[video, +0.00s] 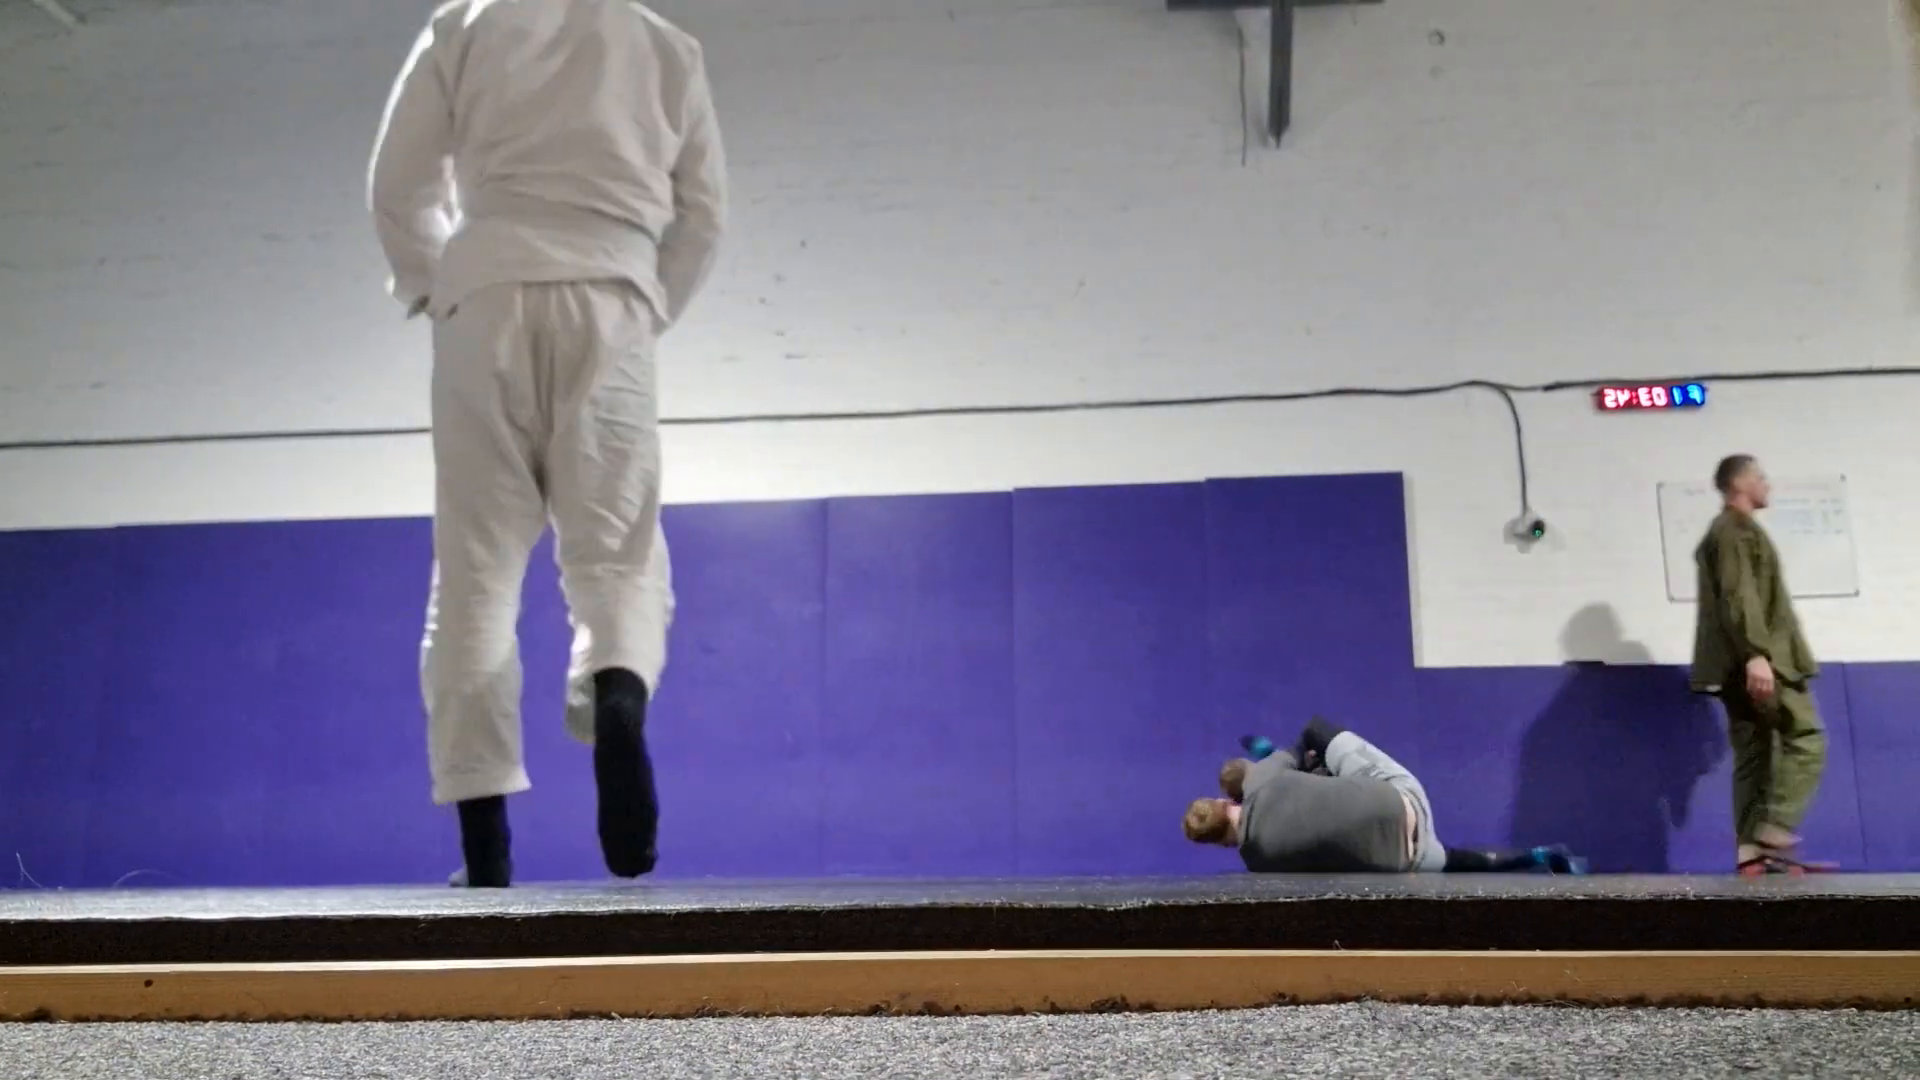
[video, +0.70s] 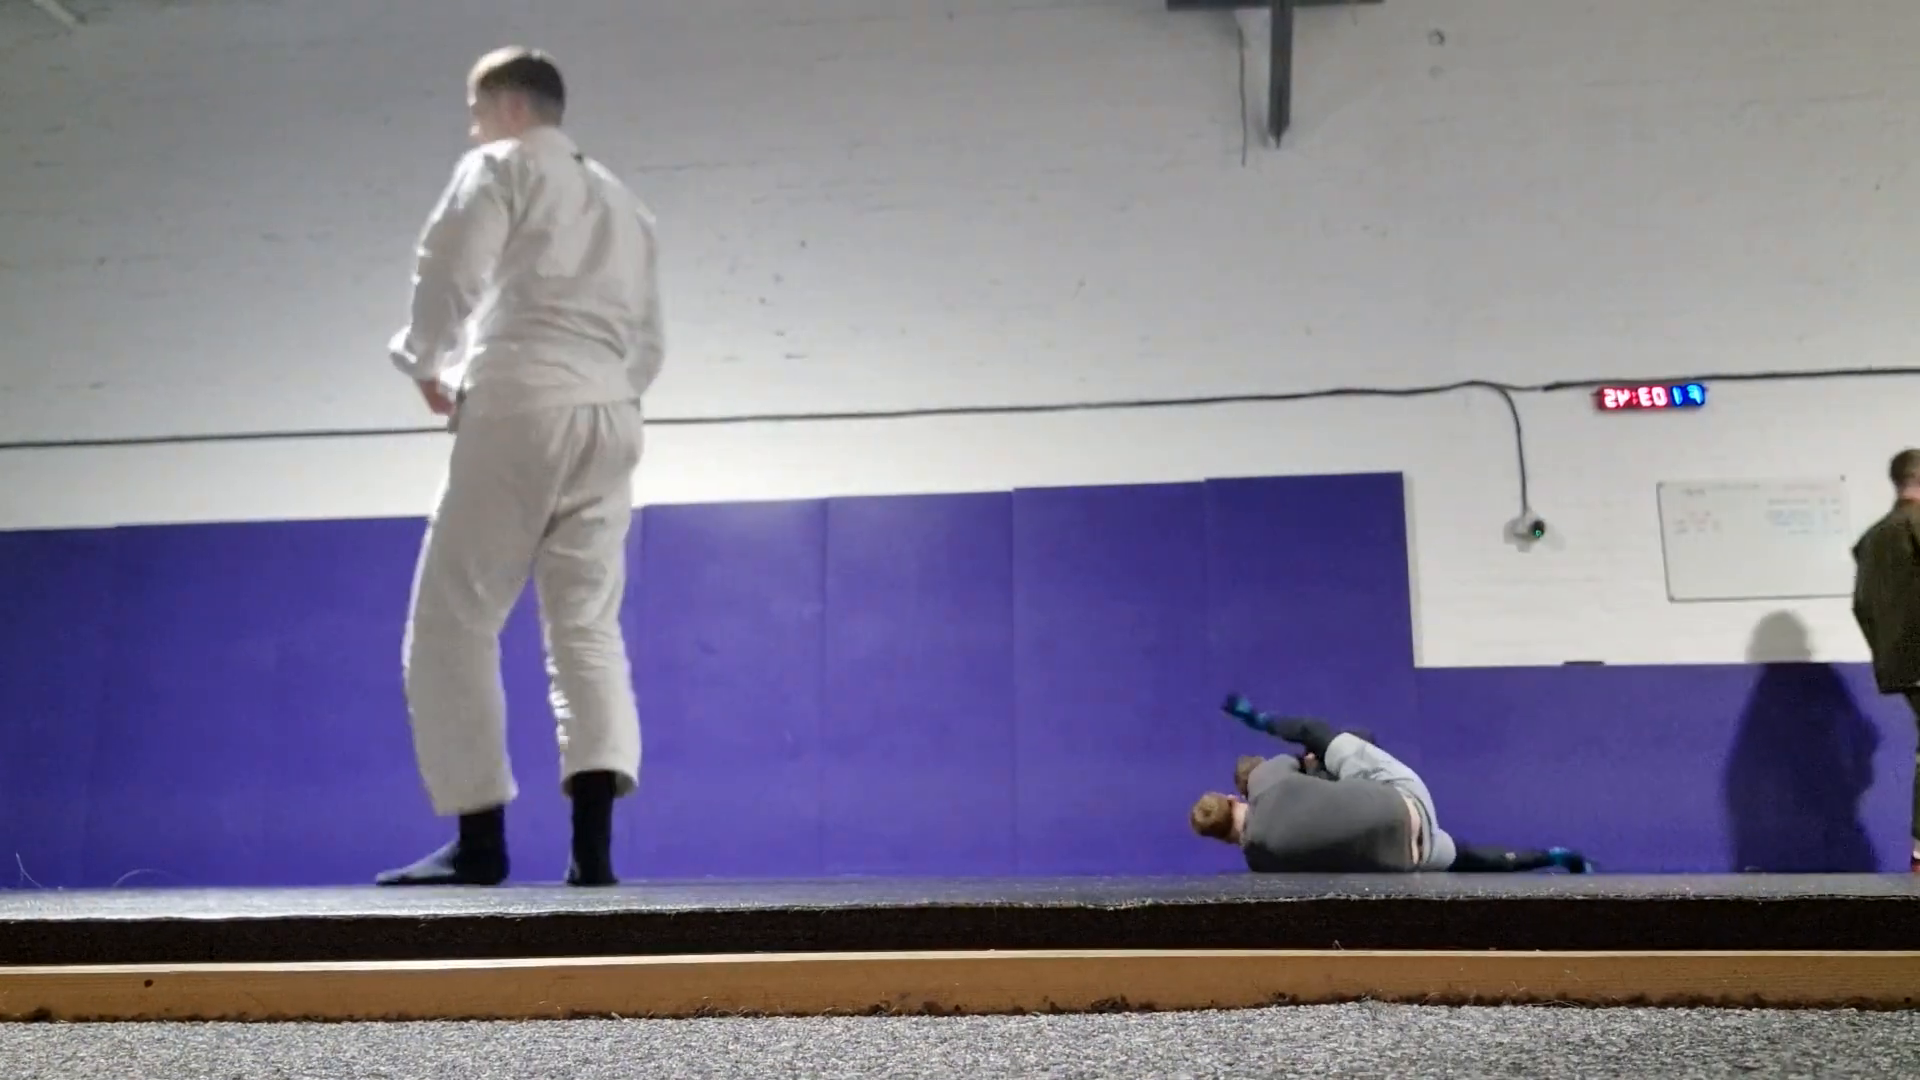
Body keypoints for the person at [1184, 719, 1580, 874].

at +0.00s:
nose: (1218, 798)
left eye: (1211, 828)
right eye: (1220, 795)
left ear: (1218, 843)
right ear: (1230, 794)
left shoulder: (1258, 862)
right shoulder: (1261, 778)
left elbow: (1315, 866)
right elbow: (1303, 751)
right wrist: (1281, 761)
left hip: (1407, 861)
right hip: (1407, 805)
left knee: (1459, 859)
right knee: (1320, 729)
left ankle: (1535, 861)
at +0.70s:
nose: (1244, 772)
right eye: (1240, 778)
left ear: (1223, 839)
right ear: (1238, 793)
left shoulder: (1262, 862)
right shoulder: (1268, 783)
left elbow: (1325, 852)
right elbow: (1311, 752)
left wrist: (1318, 781)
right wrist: (1316, 768)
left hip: (1414, 855)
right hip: (1405, 799)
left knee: (1471, 857)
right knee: (1326, 740)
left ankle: (1549, 858)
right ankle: (1262, 716)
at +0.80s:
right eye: (1233, 787)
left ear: (1220, 842)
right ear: (1232, 796)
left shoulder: (1261, 863)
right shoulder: (1269, 789)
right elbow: (1303, 751)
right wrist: (1276, 760)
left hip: (1412, 855)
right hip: (1400, 804)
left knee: (1472, 854)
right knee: (1312, 733)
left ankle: (1552, 855)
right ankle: (1265, 754)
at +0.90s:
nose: (1250, 772)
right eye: (1244, 778)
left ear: (1219, 841)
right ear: (1232, 794)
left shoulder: (1260, 864)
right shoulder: (1265, 782)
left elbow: (1323, 864)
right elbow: (1305, 753)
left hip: (1410, 857)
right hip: (1398, 801)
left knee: (1471, 856)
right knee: (1311, 731)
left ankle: (1550, 854)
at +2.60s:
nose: (1230, 793)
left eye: (1225, 793)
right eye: (1227, 793)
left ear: (1216, 840)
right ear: (1230, 797)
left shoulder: (1258, 864)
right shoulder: (1274, 782)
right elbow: (1321, 758)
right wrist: (1265, 775)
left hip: (1423, 863)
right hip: (1416, 808)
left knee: (1458, 856)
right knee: (1324, 727)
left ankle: (1514, 866)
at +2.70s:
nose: (1232, 795)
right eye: (1228, 795)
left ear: (1217, 841)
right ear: (1231, 798)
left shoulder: (1258, 864)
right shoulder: (1271, 781)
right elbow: (1317, 757)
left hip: (1422, 865)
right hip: (1415, 810)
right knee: (1342, 740)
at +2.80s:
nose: (1227, 795)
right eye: (1225, 797)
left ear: (1217, 841)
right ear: (1227, 798)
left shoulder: (1258, 865)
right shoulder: (1269, 785)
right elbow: (1317, 758)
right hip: (1386, 806)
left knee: (1458, 863)